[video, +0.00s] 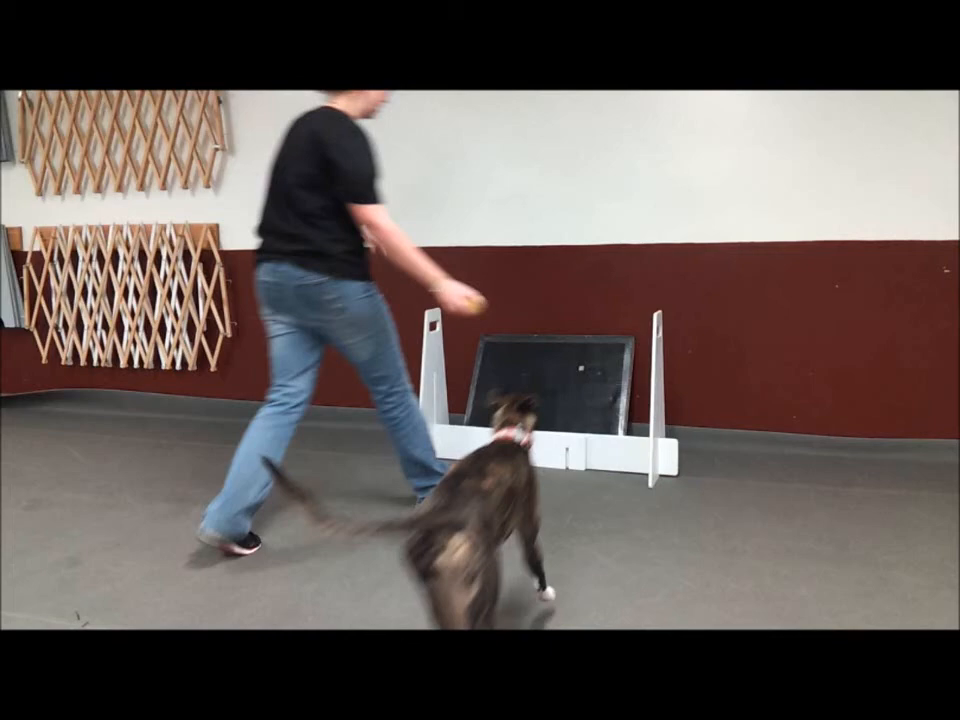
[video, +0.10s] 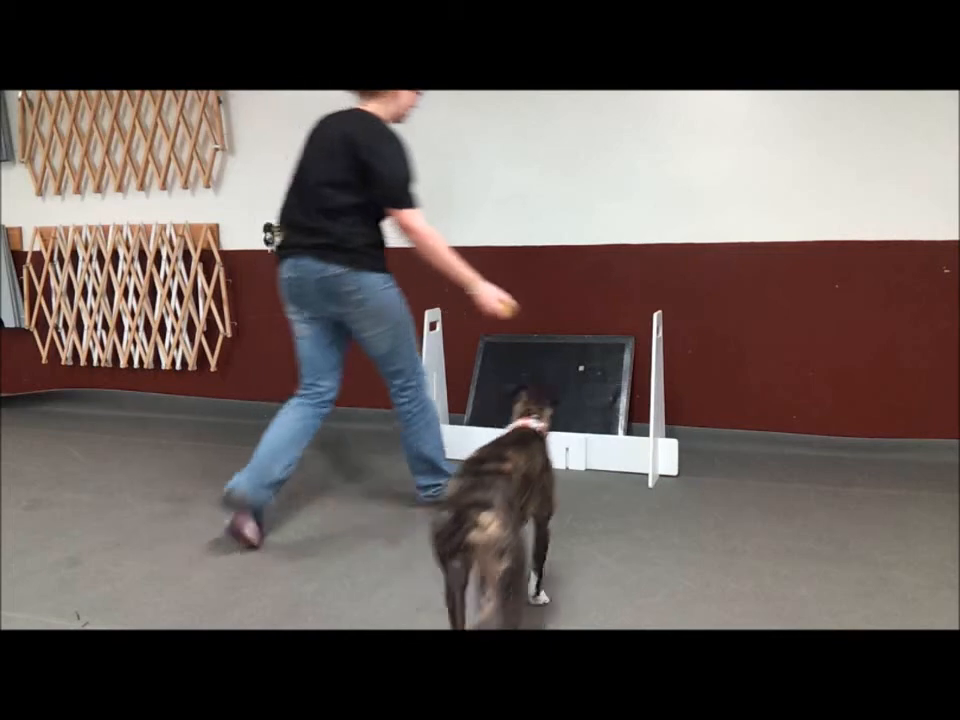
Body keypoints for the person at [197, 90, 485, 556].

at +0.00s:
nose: (387, 98)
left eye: (386, 92)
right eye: (384, 91)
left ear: (341, 88)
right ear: (365, 90)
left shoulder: (304, 125)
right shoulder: (345, 134)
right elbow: (377, 225)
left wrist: (364, 238)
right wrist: (442, 285)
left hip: (279, 274)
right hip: (334, 283)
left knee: (285, 399)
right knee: (391, 390)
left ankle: (227, 519)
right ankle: (434, 487)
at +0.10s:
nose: (417, 101)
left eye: (417, 94)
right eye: (414, 93)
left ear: (369, 91)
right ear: (395, 93)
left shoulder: (328, 126)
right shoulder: (378, 138)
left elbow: (312, 205)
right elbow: (411, 224)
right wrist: (476, 285)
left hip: (298, 268)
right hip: (354, 274)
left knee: (314, 392)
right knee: (407, 382)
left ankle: (248, 495)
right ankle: (434, 483)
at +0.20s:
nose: (452, 112)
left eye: (453, 104)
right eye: (450, 103)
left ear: (401, 99)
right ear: (431, 98)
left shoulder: (357, 131)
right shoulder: (424, 147)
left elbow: (328, 199)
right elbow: (457, 233)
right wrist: (519, 293)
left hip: (316, 262)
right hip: (371, 267)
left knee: (349, 376)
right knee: (424, 374)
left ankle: (297, 466)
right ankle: (437, 486)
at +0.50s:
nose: (472, 162)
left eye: (473, 155)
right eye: (472, 154)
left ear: (430, 140)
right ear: (459, 147)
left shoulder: (382, 159)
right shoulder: (459, 182)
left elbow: (331, 213)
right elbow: (505, 246)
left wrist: (366, 245)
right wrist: (552, 277)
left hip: (336, 262)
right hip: (386, 270)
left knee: (376, 354)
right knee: (448, 364)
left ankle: (372, 450)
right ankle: (440, 483)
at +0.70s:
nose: (468, 187)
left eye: (471, 180)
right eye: (469, 179)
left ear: (430, 163)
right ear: (455, 171)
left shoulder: (390, 176)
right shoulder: (449, 203)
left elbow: (347, 205)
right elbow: (464, 266)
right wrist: (495, 260)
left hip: (326, 267)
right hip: (374, 275)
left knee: (378, 353)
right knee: (455, 352)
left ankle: (374, 452)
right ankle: (445, 469)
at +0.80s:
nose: (472, 202)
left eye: (475, 194)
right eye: (473, 192)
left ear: (439, 179)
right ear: (458, 185)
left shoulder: (402, 190)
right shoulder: (446, 214)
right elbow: (437, 290)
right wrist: (470, 277)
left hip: (323, 264)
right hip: (364, 273)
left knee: (379, 350)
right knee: (445, 351)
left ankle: (375, 452)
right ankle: (445, 467)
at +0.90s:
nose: (479, 215)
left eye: (481, 207)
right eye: (479, 206)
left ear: (448, 195)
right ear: (464, 201)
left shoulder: (412, 209)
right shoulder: (444, 233)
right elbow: (419, 303)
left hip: (319, 260)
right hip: (348, 268)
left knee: (379, 349)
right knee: (427, 349)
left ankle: (375, 452)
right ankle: (437, 471)